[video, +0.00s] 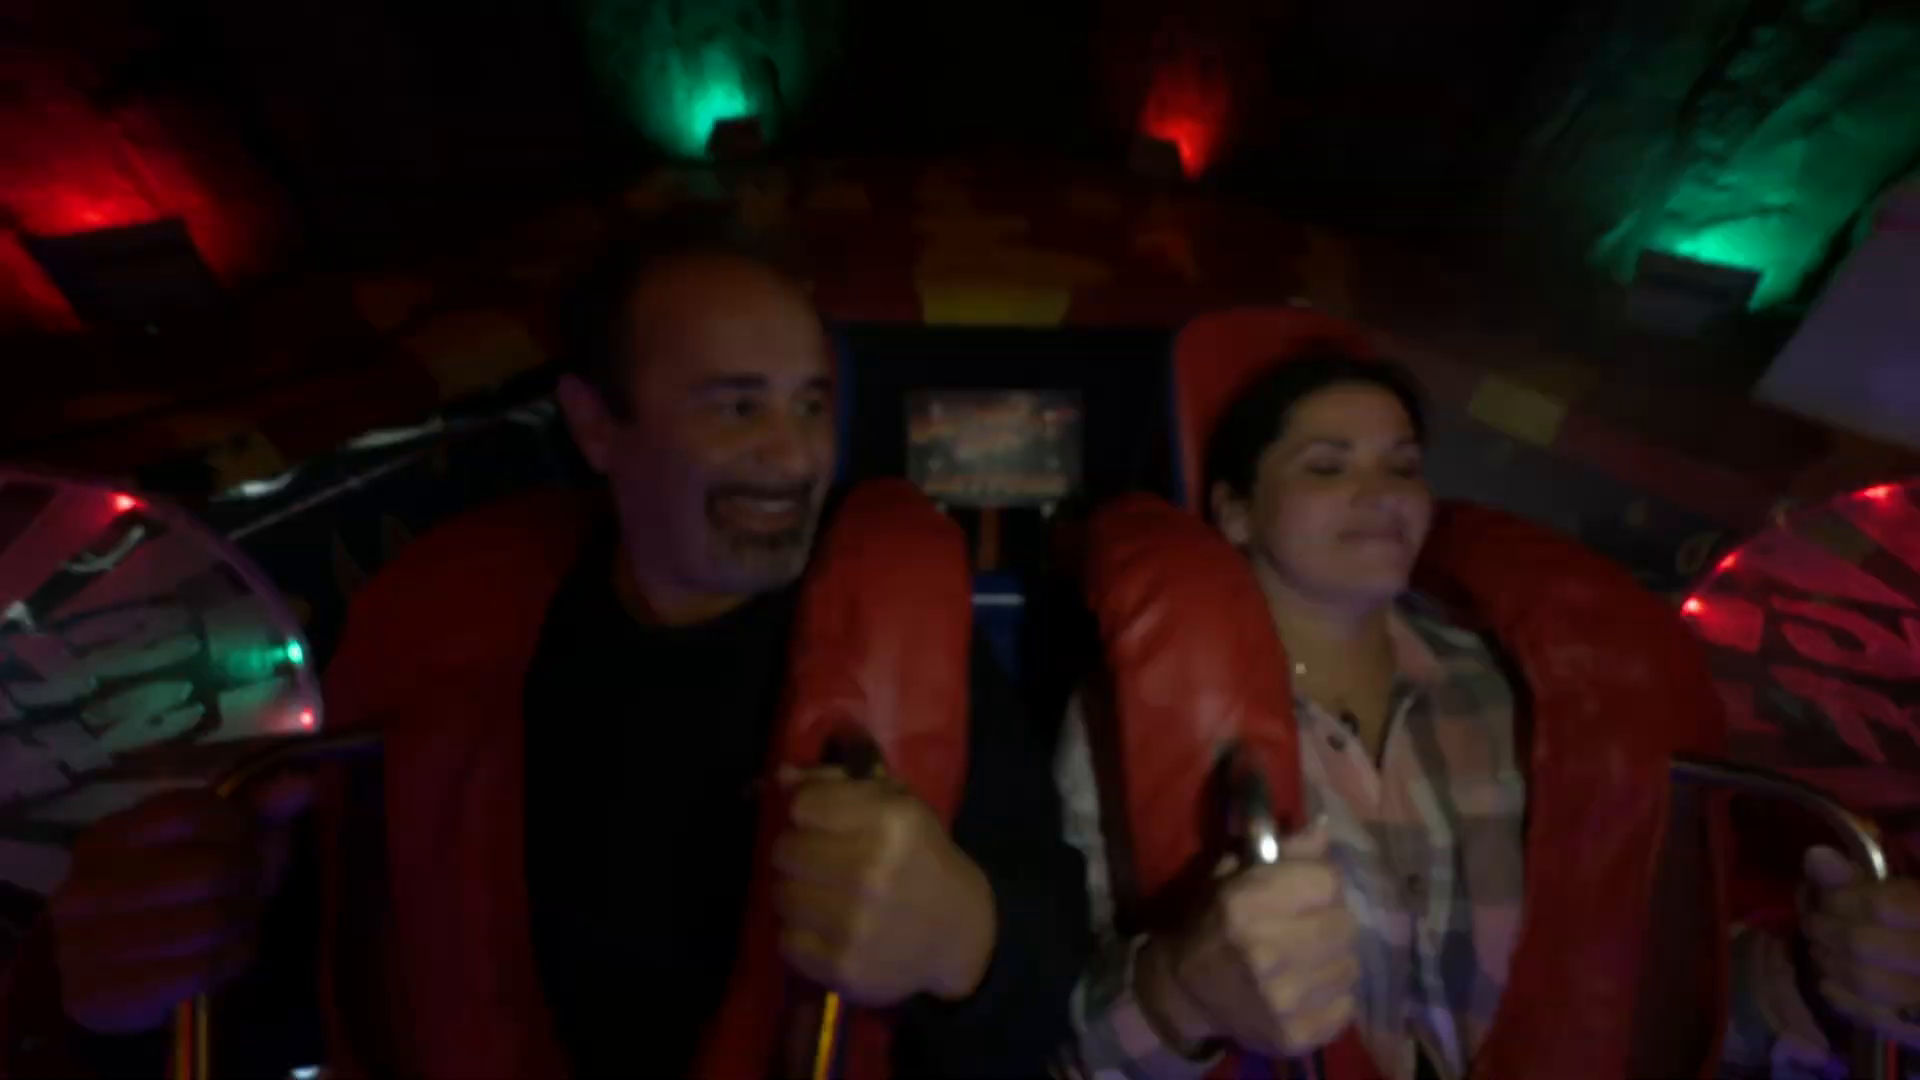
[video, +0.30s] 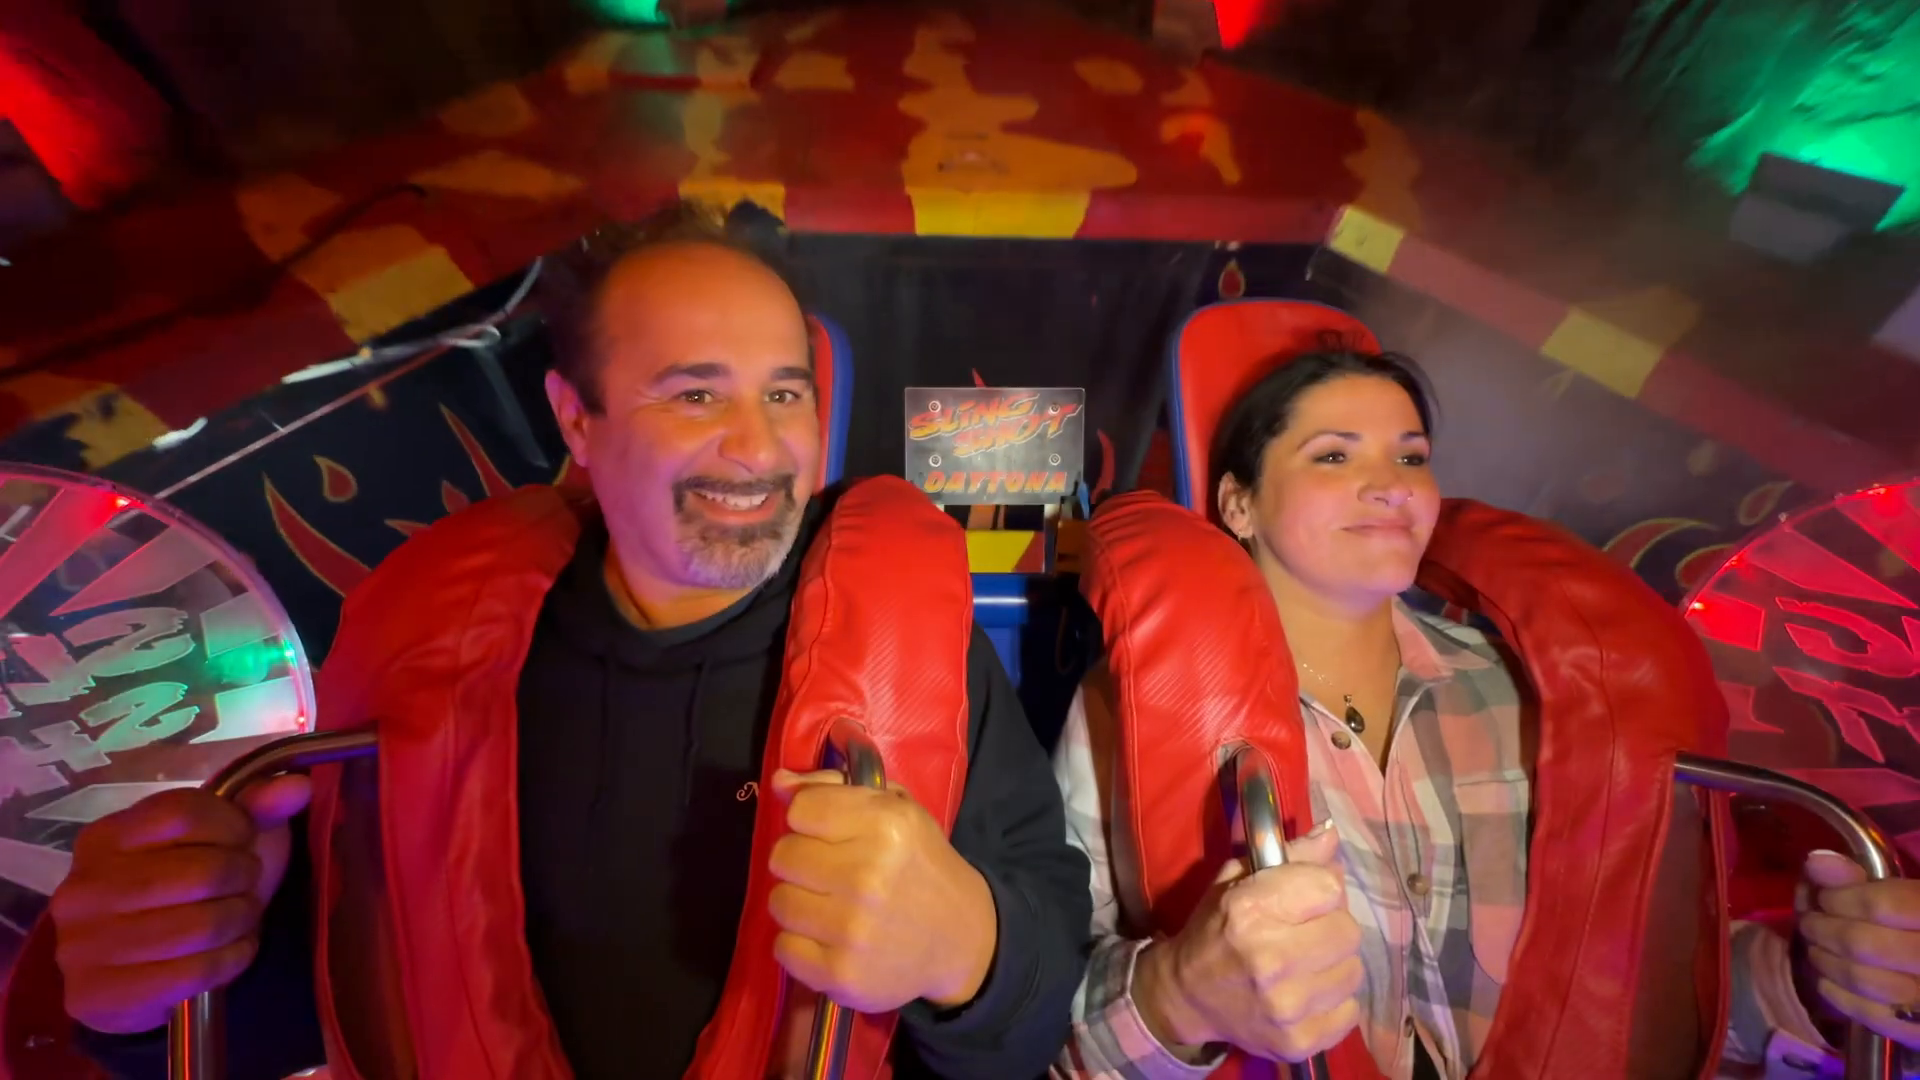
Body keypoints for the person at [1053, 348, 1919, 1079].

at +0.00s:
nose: (1379, 495)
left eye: (1402, 466)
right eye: (1328, 466)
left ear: (1430, 500)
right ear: (1235, 512)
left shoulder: (1502, 690)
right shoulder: (1147, 712)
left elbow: (1603, 981)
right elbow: (1059, 1036)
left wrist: (1815, 981)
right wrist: (1170, 1001)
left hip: (1484, 1057)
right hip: (1269, 1066)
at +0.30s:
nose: (1388, 484)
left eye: (1411, 457)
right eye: (1332, 456)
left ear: (1436, 498)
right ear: (1241, 507)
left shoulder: (1519, 691)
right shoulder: (1145, 709)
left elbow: (1618, 968)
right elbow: (1051, 1040)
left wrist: (1810, 976)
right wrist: (1175, 998)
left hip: (1503, 1069)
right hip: (1269, 1075)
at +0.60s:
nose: (1389, 480)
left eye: (1410, 453)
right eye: (1332, 452)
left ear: (1434, 494)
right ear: (1240, 503)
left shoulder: (1520, 690)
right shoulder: (1144, 710)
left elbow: (1617, 959)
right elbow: (1047, 1039)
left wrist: (1807, 973)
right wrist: (1172, 997)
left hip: (1497, 1068)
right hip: (1261, 1073)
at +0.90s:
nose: (1388, 477)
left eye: (1409, 450)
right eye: (1331, 449)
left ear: (1434, 492)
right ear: (1239, 502)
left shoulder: (1517, 688)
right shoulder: (1145, 708)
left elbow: (1614, 947)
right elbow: (1045, 1035)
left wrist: (1805, 973)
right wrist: (1171, 996)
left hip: (1495, 1067)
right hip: (1260, 1072)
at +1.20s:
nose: (1389, 478)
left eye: (1410, 450)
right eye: (1331, 450)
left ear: (1435, 491)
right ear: (1238, 502)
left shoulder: (1517, 691)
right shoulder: (1143, 711)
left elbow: (1616, 960)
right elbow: (1050, 1033)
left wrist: (1804, 971)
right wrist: (1170, 997)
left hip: (1492, 1067)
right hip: (1261, 1072)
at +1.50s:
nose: (1389, 476)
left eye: (1410, 450)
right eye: (1332, 448)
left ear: (1434, 495)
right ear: (1239, 502)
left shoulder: (1523, 690)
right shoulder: (1144, 708)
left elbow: (1617, 963)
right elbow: (1047, 1031)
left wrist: (1803, 971)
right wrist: (1170, 996)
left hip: (1505, 1066)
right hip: (1265, 1071)